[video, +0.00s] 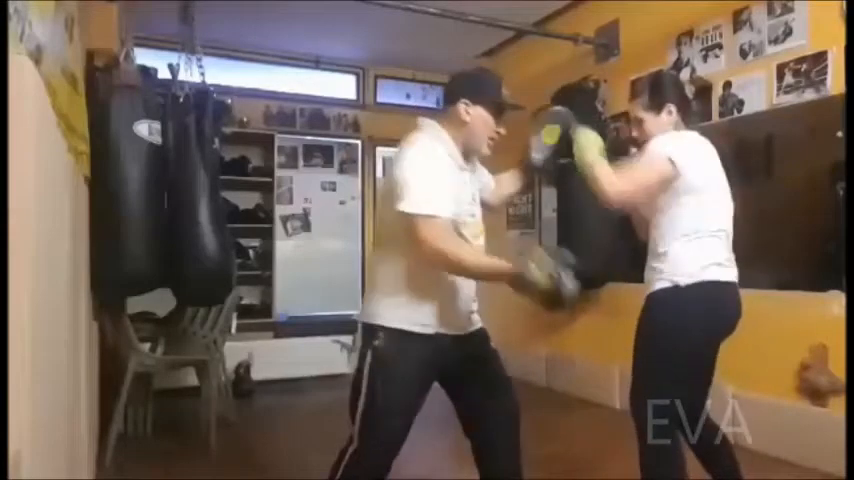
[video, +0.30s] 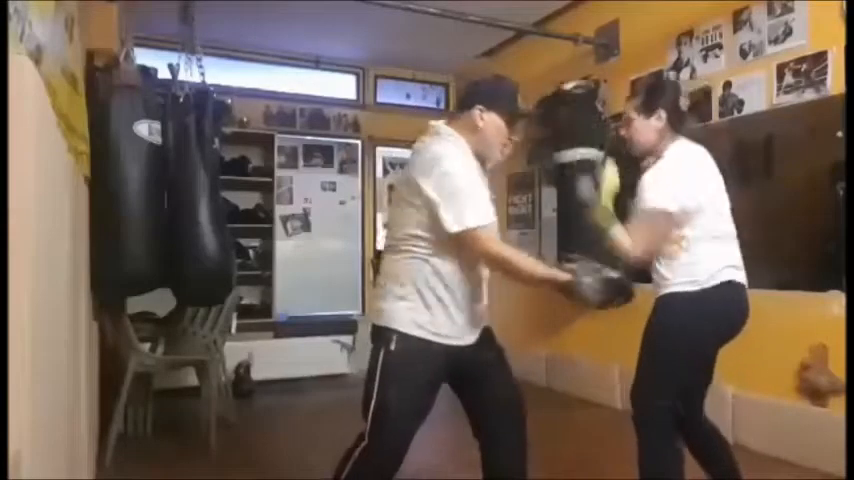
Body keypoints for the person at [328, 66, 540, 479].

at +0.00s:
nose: (500, 128)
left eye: (502, 118)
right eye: (494, 114)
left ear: (466, 112)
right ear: (464, 109)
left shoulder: (463, 158)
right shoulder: (422, 152)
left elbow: (494, 190)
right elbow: (433, 242)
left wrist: (532, 168)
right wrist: (513, 272)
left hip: (460, 331)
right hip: (402, 333)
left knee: (500, 432)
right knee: (370, 454)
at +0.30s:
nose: (511, 139)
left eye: (514, 128)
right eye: (508, 124)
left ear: (478, 118)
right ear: (479, 116)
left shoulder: (459, 158)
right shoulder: (443, 154)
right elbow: (481, 245)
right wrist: (562, 279)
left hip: (463, 327)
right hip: (412, 327)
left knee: (505, 427)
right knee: (381, 450)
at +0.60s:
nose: (471, 107)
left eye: (471, 96)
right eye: (463, 95)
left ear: (437, 95)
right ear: (430, 93)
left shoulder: (455, 141)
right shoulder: (388, 149)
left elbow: (498, 155)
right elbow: (402, 237)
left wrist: (542, 127)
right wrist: (480, 233)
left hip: (460, 328)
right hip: (394, 330)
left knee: (497, 447)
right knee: (356, 456)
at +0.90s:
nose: (466, 100)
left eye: (465, 89)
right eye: (457, 88)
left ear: (432, 94)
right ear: (428, 91)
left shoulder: (431, 148)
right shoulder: (396, 139)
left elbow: (458, 209)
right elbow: (440, 214)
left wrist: (503, 178)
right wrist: (486, 170)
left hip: (454, 334)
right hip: (395, 338)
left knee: (490, 458)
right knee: (358, 463)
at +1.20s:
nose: (487, 98)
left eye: (485, 89)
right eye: (479, 87)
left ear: (450, 93)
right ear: (449, 90)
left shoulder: (456, 143)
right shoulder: (422, 132)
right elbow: (507, 186)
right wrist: (560, 150)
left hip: (457, 329)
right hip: (402, 330)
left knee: (492, 454)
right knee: (368, 455)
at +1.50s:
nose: (503, 98)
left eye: (502, 88)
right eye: (496, 86)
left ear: (469, 90)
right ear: (468, 88)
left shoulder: (474, 152)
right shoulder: (426, 135)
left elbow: (508, 213)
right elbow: (468, 212)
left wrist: (566, 195)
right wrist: (532, 175)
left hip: (470, 327)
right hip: (410, 325)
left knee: (496, 446)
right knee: (370, 450)